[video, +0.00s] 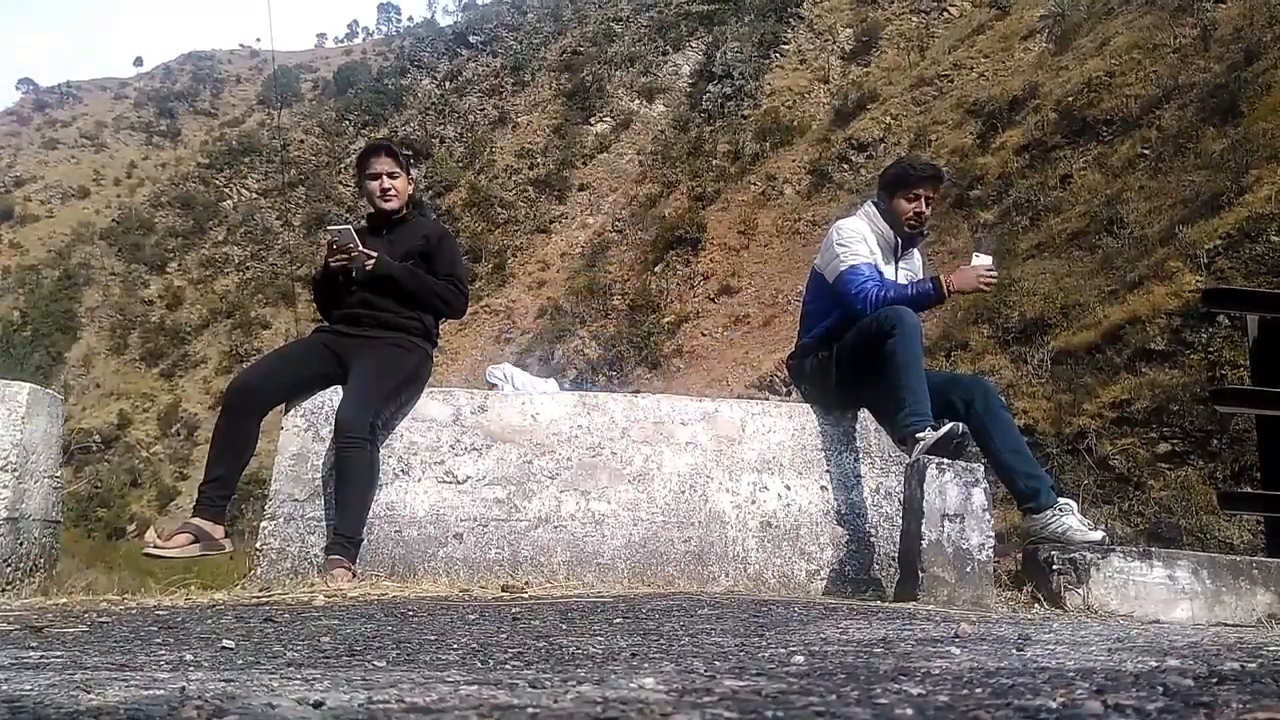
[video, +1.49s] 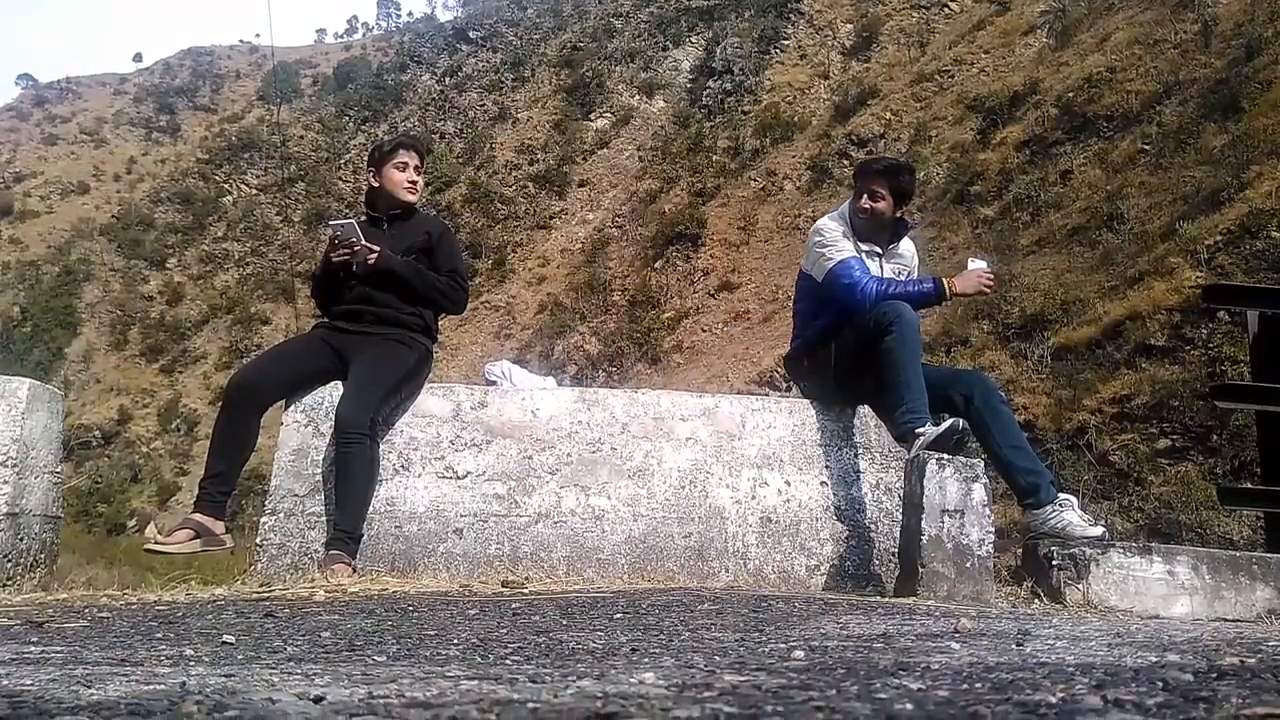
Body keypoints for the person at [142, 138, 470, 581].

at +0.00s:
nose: (385, 184)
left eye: (393, 175)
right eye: (375, 178)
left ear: (409, 180)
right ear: (364, 187)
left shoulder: (433, 233)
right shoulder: (353, 234)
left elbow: (455, 302)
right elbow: (327, 305)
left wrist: (386, 267)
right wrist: (330, 270)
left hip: (397, 346)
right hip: (337, 338)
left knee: (353, 426)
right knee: (246, 392)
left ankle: (341, 561)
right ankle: (208, 523)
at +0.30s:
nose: (392, 178)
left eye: (400, 171)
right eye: (381, 171)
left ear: (412, 179)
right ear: (366, 182)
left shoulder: (432, 232)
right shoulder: (352, 233)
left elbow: (456, 302)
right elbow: (326, 305)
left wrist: (388, 266)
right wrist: (331, 269)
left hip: (397, 345)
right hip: (337, 338)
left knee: (354, 425)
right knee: (246, 391)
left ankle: (340, 560)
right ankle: (208, 523)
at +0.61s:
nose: (398, 176)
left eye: (406, 170)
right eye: (386, 169)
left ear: (415, 180)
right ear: (368, 179)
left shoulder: (431, 231)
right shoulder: (351, 233)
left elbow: (455, 300)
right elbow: (326, 303)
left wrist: (387, 265)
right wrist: (332, 268)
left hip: (397, 344)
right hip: (337, 337)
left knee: (353, 426)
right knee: (246, 389)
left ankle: (340, 559)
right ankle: (208, 521)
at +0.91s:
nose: (413, 179)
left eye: (418, 173)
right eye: (402, 170)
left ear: (421, 182)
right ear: (373, 178)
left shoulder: (431, 232)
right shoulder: (350, 233)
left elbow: (455, 301)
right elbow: (325, 304)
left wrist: (388, 266)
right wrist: (331, 269)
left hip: (397, 344)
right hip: (337, 337)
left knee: (353, 426)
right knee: (246, 390)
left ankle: (340, 559)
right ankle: (208, 522)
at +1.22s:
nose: (414, 179)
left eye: (419, 172)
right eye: (403, 169)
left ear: (422, 182)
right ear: (375, 178)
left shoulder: (432, 232)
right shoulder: (351, 231)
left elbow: (455, 300)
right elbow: (325, 303)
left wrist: (388, 264)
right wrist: (331, 267)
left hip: (397, 343)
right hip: (337, 336)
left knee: (353, 425)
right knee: (246, 389)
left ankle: (340, 558)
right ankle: (208, 521)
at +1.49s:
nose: (414, 177)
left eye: (419, 171)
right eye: (403, 167)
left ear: (422, 181)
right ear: (375, 176)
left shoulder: (432, 229)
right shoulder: (350, 229)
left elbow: (456, 298)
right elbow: (325, 300)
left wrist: (388, 261)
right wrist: (332, 264)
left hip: (397, 342)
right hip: (337, 334)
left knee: (354, 421)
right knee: (247, 386)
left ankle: (340, 556)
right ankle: (209, 519)